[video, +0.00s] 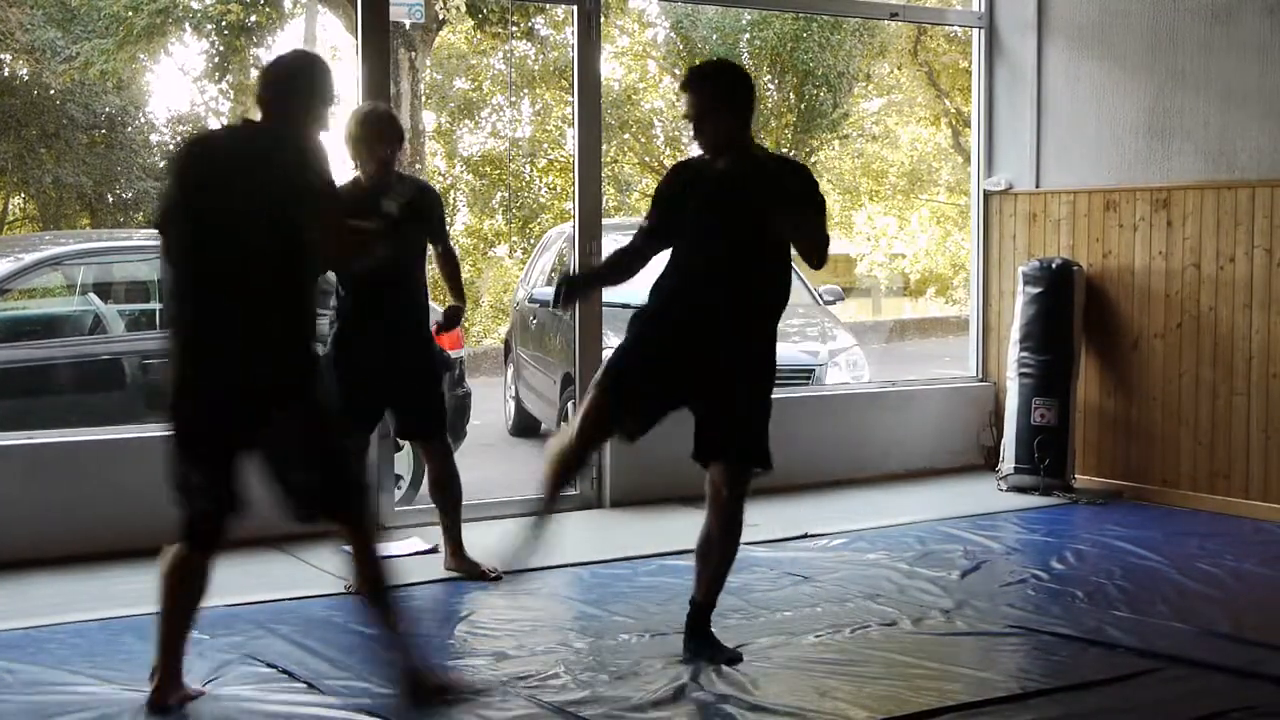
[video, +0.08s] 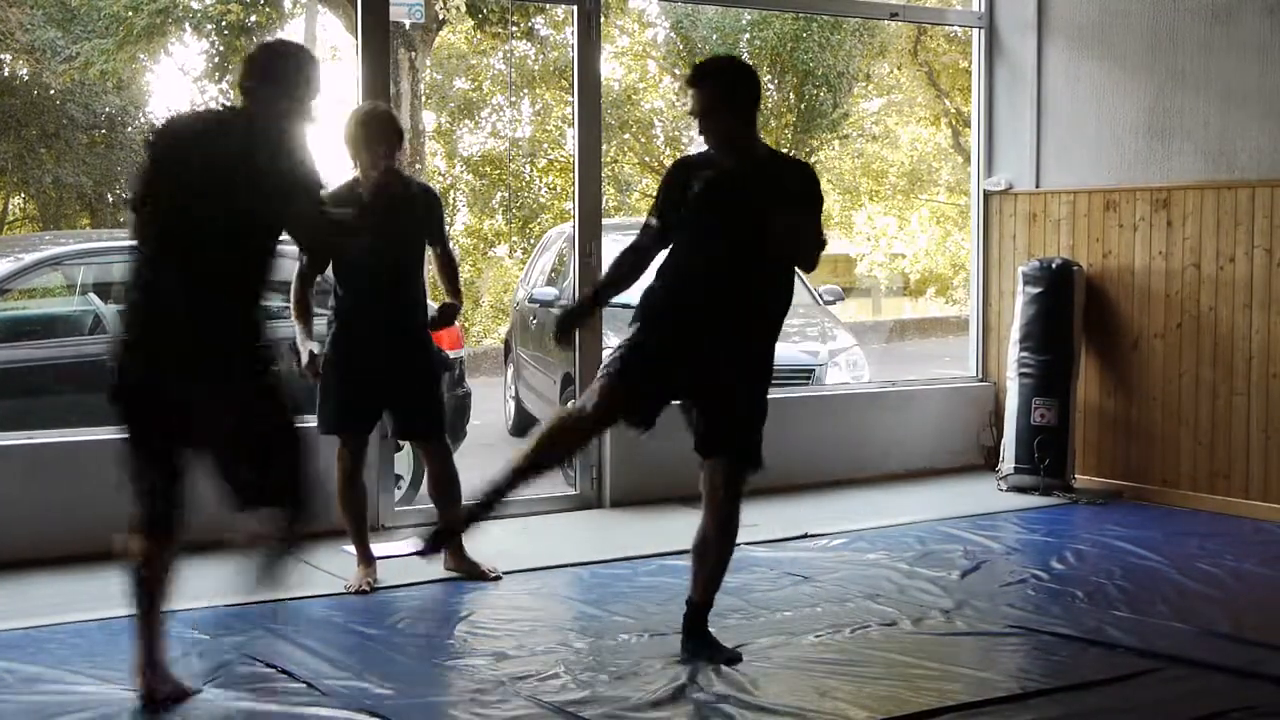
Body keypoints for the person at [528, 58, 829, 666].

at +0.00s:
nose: (692, 126)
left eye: (702, 113)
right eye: (689, 114)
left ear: (737, 110)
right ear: (694, 114)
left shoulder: (788, 178)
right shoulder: (685, 180)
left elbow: (816, 254)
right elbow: (639, 252)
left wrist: (776, 198)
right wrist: (586, 278)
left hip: (741, 347)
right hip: (668, 332)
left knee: (727, 492)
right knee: (590, 424)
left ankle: (699, 627)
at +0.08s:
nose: (697, 121)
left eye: (706, 108)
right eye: (696, 109)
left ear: (739, 107)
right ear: (704, 109)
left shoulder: (795, 177)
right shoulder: (687, 174)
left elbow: (809, 255)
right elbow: (642, 250)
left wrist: (754, 203)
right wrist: (584, 306)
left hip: (738, 352)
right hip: (667, 333)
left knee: (723, 494)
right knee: (592, 417)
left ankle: (695, 629)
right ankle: (477, 509)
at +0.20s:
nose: (698, 114)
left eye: (707, 101)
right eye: (696, 101)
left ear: (743, 101)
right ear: (710, 101)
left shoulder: (796, 177)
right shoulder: (689, 166)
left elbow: (803, 264)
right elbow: (653, 245)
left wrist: (750, 213)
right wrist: (601, 315)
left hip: (730, 348)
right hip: (659, 322)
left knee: (715, 493)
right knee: (596, 393)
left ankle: (694, 629)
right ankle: (488, 497)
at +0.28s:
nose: (698, 116)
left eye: (706, 104)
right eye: (698, 105)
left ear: (743, 103)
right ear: (718, 105)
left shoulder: (796, 180)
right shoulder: (689, 166)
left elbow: (803, 268)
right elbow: (653, 249)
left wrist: (746, 209)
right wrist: (601, 322)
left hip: (726, 344)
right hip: (658, 321)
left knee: (708, 486)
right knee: (602, 399)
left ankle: (693, 626)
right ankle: (537, 501)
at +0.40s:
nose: (690, 122)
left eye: (699, 110)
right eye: (689, 111)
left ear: (738, 106)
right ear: (701, 108)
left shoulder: (785, 181)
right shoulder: (687, 167)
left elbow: (798, 272)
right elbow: (653, 245)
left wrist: (740, 213)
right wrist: (605, 309)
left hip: (721, 341)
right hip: (657, 319)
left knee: (701, 486)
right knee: (645, 397)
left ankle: (692, 625)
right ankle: (615, 534)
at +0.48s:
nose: (683, 121)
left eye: (691, 109)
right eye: (683, 110)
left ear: (727, 107)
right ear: (703, 107)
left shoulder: (779, 183)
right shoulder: (683, 168)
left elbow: (790, 277)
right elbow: (652, 246)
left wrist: (736, 214)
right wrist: (600, 312)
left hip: (721, 338)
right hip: (658, 318)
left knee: (701, 481)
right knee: (666, 407)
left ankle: (692, 627)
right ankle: (653, 545)